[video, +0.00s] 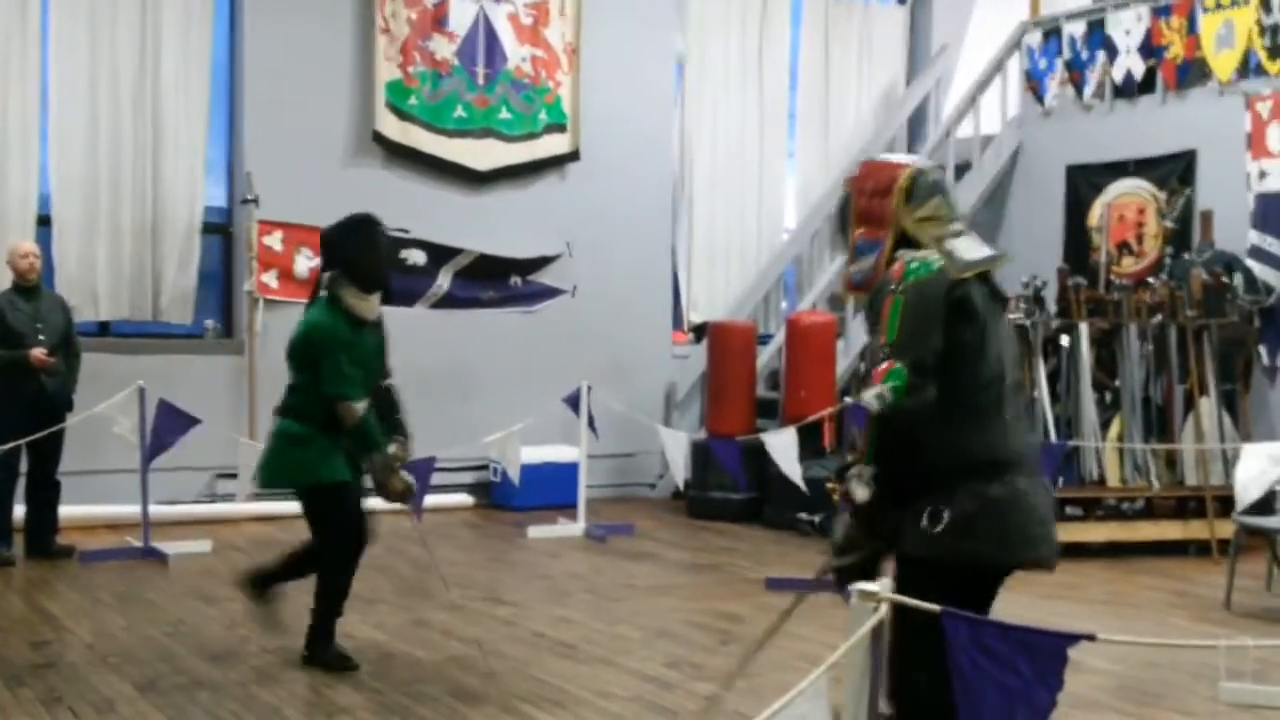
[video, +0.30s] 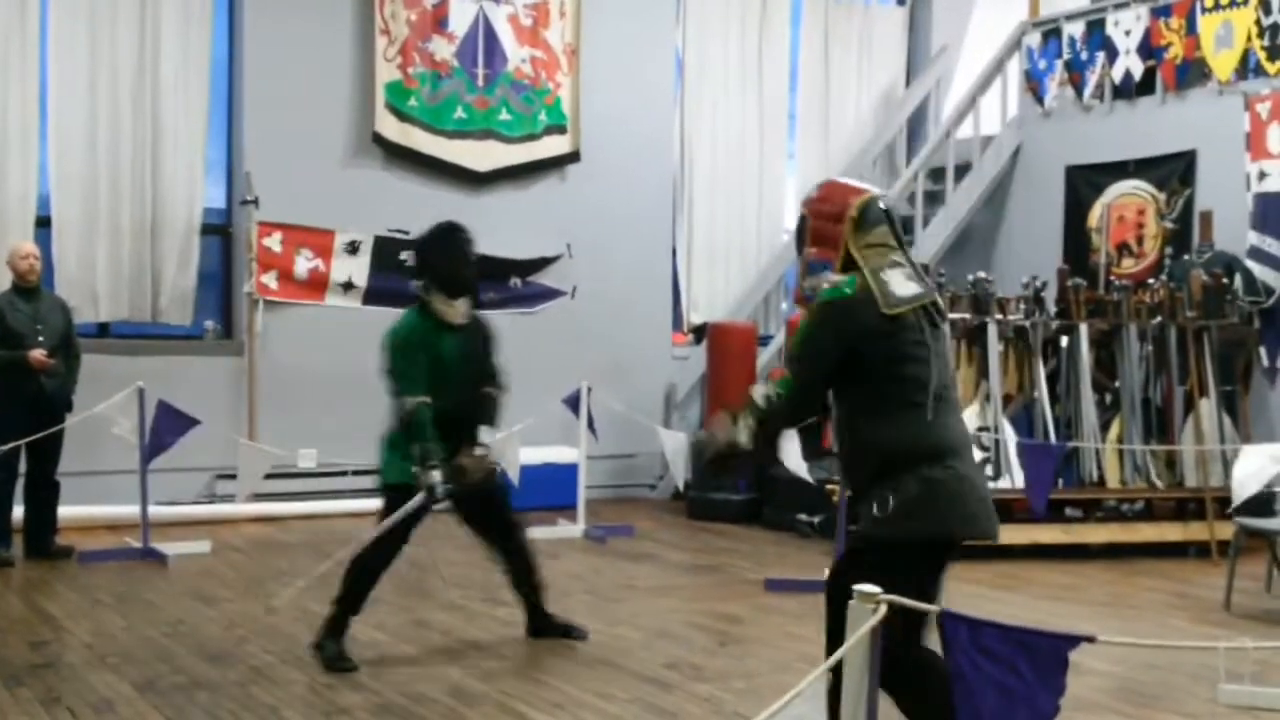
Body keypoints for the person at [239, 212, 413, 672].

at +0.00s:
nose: (385, 262)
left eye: (383, 254)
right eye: (377, 254)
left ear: (353, 264)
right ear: (355, 262)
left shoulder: (367, 317)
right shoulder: (323, 327)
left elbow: (379, 382)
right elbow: (345, 405)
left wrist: (396, 433)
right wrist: (377, 459)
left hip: (342, 445)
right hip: (308, 445)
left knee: (348, 536)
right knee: (342, 538)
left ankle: (265, 579)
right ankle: (319, 643)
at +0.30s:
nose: (466, 277)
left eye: (467, 268)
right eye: (457, 270)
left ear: (468, 277)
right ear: (435, 277)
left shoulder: (476, 329)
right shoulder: (409, 334)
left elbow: (487, 388)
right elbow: (412, 406)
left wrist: (479, 438)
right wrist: (431, 464)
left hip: (462, 454)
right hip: (414, 458)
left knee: (509, 535)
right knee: (388, 544)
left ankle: (538, 617)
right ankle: (332, 634)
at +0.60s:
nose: (510, 265)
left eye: (513, 258)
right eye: (501, 258)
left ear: (518, 265)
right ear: (481, 264)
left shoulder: (524, 316)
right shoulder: (459, 319)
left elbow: (540, 366)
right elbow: (483, 368)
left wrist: (558, 375)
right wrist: (531, 366)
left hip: (510, 431)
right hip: (461, 434)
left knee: (529, 524)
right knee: (450, 529)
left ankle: (550, 609)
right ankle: (461, 565)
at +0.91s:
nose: (514, 273)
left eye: (514, 265)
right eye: (504, 266)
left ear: (517, 269)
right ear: (481, 273)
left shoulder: (518, 320)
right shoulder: (468, 317)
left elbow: (546, 369)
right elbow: (507, 316)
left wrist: (548, 332)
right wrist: (547, 316)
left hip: (513, 434)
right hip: (468, 437)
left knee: (557, 514)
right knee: (474, 529)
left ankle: (565, 604)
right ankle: (477, 576)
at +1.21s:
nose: (528, 267)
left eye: (527, 259)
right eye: (520, 259)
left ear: (494, 266)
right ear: (500, 263)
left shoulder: (519, 307)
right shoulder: (478, 305)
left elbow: (545, 337)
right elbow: (511, 314)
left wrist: (548, 342)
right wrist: (533, 322)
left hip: (514, 426)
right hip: (469, 431)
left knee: (539, 525)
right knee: (479, 529)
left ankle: (539, 613)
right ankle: (476, 566)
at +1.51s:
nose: (476, 264)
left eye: (474, 255)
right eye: (465, 257)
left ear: (471, 260)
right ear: (442, 266)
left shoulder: (487, 314)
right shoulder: (428, 327)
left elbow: (518, 355)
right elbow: (455, 365)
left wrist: (541, 351)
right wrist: (508, 349)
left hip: (491, 437)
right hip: (444, 444)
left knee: (534, 528)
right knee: (435, 535)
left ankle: (542, 610)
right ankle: (413, 631)